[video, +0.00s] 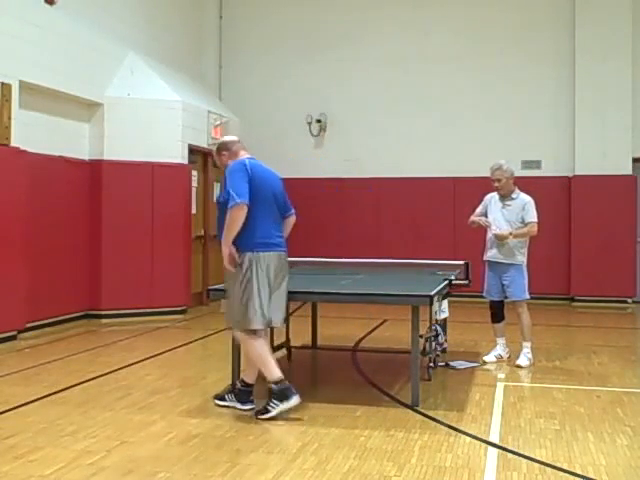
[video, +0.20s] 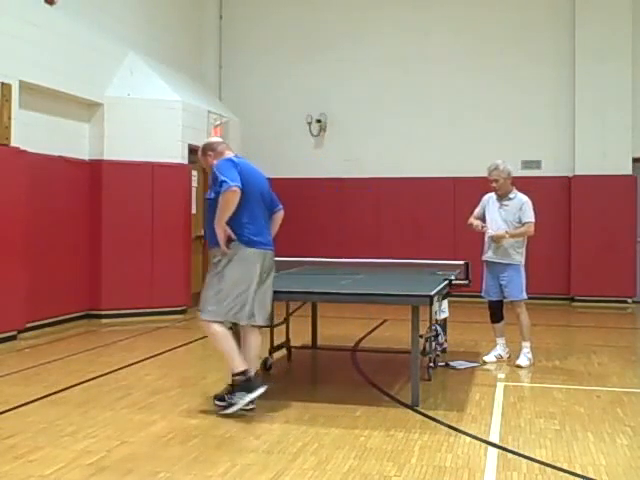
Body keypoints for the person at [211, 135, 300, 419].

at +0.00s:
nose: (222, 166)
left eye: (220, 162)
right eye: (220, 163)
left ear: (224, 155)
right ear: (243, 150)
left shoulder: (236, 167)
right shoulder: (270, 173)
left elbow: (239, 204)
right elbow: (290, 215)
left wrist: (226, 243)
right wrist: (273, 245)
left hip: (252, 255)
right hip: (276, 254)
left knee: (244, 327)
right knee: (259, 328)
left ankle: (281, 390)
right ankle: (244, 391)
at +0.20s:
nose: (207, 168)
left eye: (205, 164)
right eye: (206, 164)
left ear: (210, 156)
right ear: (228, 150)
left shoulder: (223, 164)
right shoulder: (254, 171)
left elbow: (232, 190)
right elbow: (278, 211)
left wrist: (219, 223)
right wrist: (263, 241)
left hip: (241, 251)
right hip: (264, 252)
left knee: (210, 318)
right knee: (251, 322)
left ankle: (243, 378)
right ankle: (247, 387)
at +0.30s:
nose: (200, 170)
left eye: (198, 165)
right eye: (198, 166)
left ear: (203, 155)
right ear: (222, 150)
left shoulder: (216, 163)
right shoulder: (247, 170)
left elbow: (227, 185)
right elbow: (271, 209)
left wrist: (213, 216)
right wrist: (257, 240)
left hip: (233, 249)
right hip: (257, 251)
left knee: (202, 317)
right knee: (245, 322)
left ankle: (214, 391)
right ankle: (244, 391)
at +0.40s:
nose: (193, 171)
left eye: (191, 167)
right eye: (190, 168)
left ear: (198, 156)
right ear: (214, 152)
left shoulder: (208, 163)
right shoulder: (241, 172)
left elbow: (219, 184)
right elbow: (264, 207)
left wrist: (204, 213)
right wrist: (250, 238)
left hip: (224, 250)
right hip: (249, 252)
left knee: (200, 321)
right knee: (241, 322)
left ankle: (182, 391)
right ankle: (242, 390)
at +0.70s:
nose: (163, 169)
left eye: (162, 164)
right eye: (161, 165)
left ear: (167, 156)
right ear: (185, 150)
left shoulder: (179, 169)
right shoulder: (213, 172)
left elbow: (178, 200)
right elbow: (230, 212)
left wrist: (166, 231)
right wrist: (210, 232)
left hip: (190, 251)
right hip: (216, 251)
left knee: (178, 324)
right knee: (214, 322)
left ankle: (164, 392)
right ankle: (237, 385)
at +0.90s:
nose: (145, 167)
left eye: (143, 163)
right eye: (143, 164)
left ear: (148, 154)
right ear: (165, 149)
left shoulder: (161, 166)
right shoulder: (195, 171)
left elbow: (151, 200)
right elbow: (207, 213)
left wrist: (145, 230)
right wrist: (187, 230)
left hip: (171, 249)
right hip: (197, 249)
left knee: (171, 323)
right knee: (186, 318)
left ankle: (163, 393)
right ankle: (212, 369)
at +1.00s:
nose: (136, 167)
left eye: (134, 162)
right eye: (134, 163)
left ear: (140, 153)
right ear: (157, 147)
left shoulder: (154, 166)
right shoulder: (188, 170)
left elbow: (147, 199)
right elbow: (199, 212)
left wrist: (139, 231)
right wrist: (191, 237)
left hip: (165, 248)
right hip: (190, 247)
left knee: (166, 323)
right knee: (175, 320)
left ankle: (163, 392)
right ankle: (189, 373)